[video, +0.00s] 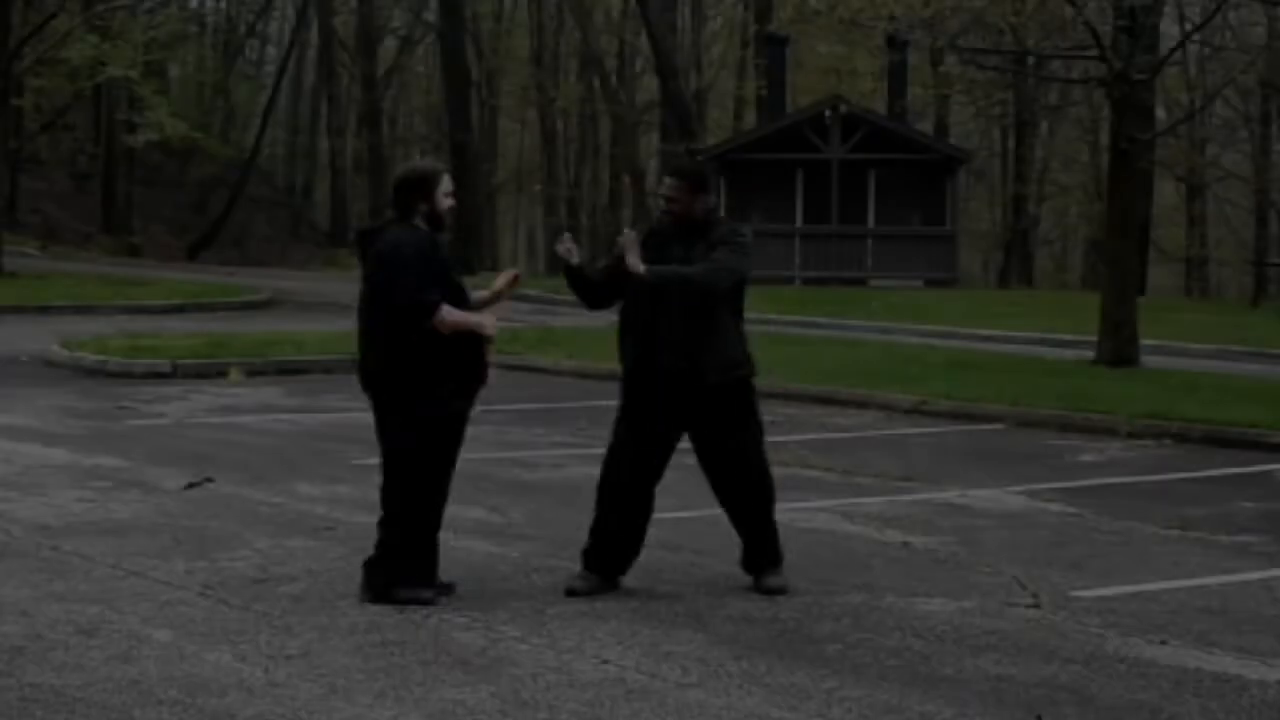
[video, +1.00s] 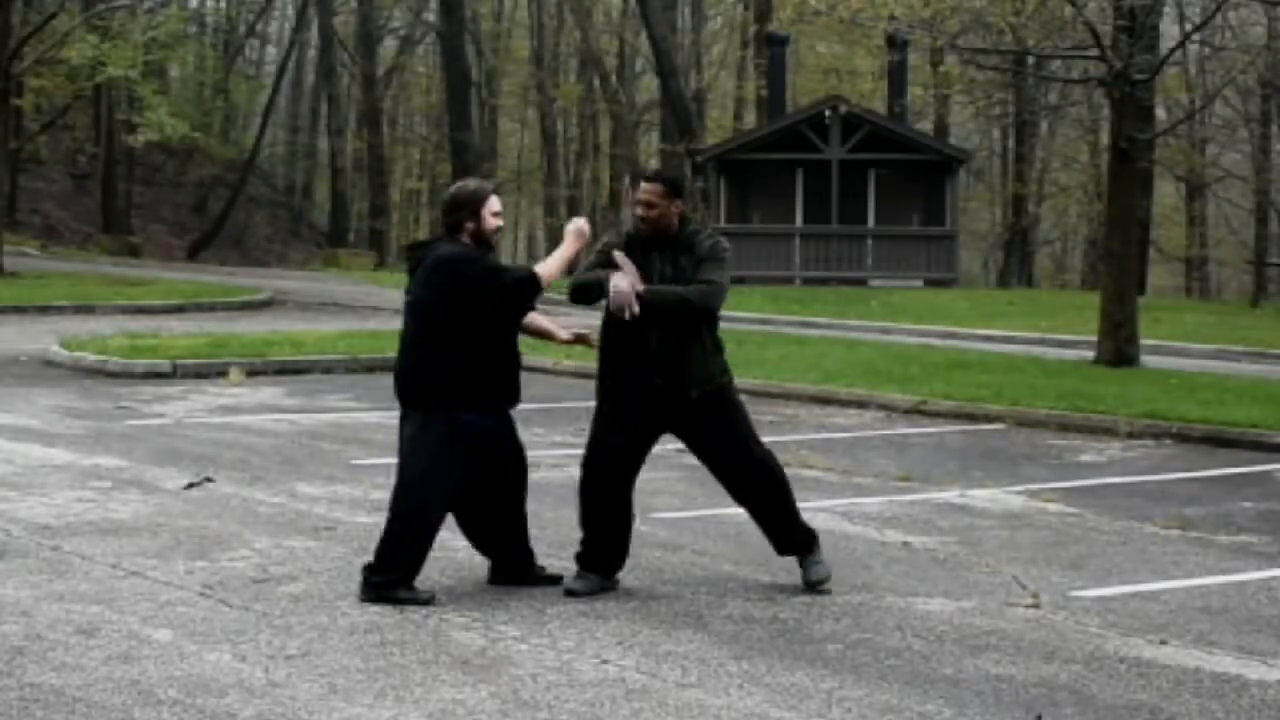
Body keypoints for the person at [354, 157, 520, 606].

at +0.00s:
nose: (452, 203)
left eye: (452, 195)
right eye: (446, 195)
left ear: (419, 200)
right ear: (423, 200)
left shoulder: (416, 243)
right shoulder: (410, 246)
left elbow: (442, 303)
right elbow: (430, 313)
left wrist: (488, 297)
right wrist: (478, 323)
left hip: (423, 382)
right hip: (414, 384)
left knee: (423, 480)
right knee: (414, 481)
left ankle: (416, 574)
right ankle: (397, 579)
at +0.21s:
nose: (445, 213)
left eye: (444, 205)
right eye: (438, 205)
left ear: (415, 211)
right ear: (414, 210)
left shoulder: (419, 249)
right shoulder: (400, 252)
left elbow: (470, 292)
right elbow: (452, 299)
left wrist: (497, 250)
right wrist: (479, 261)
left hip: (419, 387)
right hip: (402, 391)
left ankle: (433, 562)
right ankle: (387, 578)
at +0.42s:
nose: (449, 218)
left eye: (450, 209)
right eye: (441, 210)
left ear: (419, 215)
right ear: (415, 213)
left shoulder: (431, 255)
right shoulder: (389, 257)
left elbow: (468, 304)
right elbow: (437, 308)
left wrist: (513, 268)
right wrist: (476, 267)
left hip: (436, 399)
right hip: (393, 404)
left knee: (466, 484)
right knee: (392, 493)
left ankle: (468, 571)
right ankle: (386, 581)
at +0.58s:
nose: (458, 220)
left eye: (458, 212)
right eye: (450, 212)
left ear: (439, 216)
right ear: (423, 216)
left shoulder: (444, 260)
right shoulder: (392, 262)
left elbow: (475, 310)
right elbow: (427, 317)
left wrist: (522, 261)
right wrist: (476, 278)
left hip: (442, 403)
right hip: (394, 407)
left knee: (470, 474)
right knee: (391, 492)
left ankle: (469, 569)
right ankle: (385, 579)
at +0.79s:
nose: (472, 226)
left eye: (472, 218)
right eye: (464, 218)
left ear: (448, 222)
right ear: (438, 221)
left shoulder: (454, 264)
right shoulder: (408, 267)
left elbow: (479, 313)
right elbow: (451, 323)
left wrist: (523, 299)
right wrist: (493, 280)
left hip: (452, 406)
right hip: (409, 410)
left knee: (477, 483)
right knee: (399, 495)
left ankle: (502, 562)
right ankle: (385, 580)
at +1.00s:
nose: (500, 223)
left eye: (500, 215)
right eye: (493, 216)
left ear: (468, 223)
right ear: (468, 221)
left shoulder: (472, 263)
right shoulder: (452, 263)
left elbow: (507, 311)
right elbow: (523, 287)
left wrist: (554, 332)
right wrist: (569, 248)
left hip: (477, 402)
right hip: (441, 405)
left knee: (502, 481)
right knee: (423, 493)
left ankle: (512, 564)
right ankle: (386, 579)